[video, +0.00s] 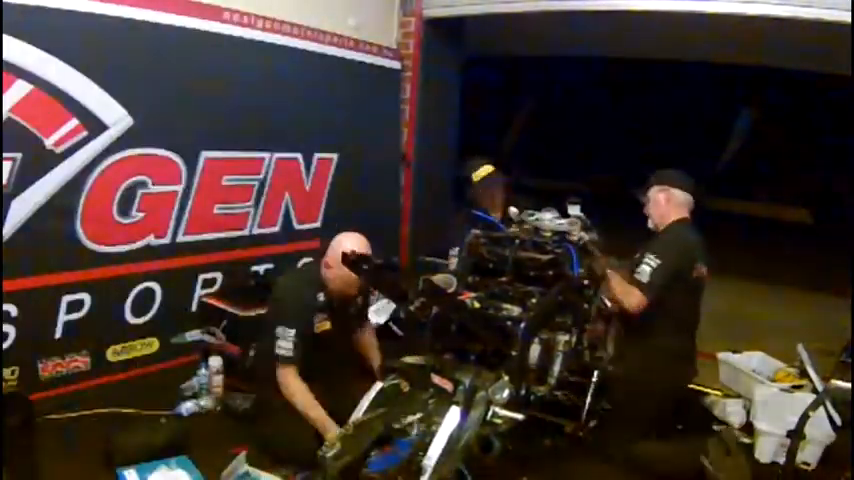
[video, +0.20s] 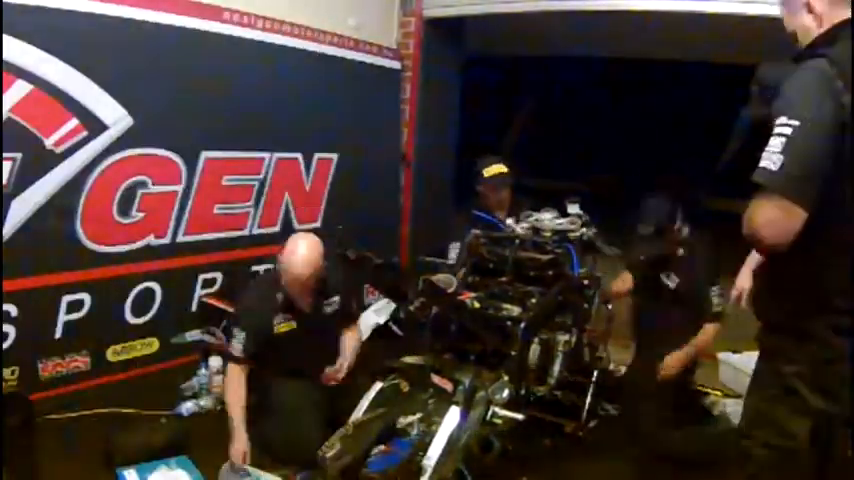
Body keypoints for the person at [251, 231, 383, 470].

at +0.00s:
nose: (363, 283)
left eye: (365, 275)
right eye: (357, 274)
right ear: (329, 265)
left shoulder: (350, 287)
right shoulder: (295, 293)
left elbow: (363, 330)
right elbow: (286, 377)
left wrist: (380, 374)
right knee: (303, 448)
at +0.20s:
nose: (302, 287)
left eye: (308, 280)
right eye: (294, 280)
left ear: (321, 269)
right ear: (281, 271)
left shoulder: (335, 283)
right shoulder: (259, 299)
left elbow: (349, 326)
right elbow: (236, 368)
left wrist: (344, 360)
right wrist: (239, 435)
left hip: (325, 378)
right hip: (277, 381)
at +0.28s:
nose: (322, 249)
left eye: (324, 241)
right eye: (314, 241)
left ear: (326, 238)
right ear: (289, 241)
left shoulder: (329, 272)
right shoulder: (259, 281)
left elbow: (346, 319)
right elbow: (255, 353)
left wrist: (350, 328)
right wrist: (314, 338)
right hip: (286, 389)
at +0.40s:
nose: (323, 265)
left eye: (327, 256)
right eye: (316, 257)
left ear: (330, 247)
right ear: (293, 247)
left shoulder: (331, 276)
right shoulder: (262, 282)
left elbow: (344, 327)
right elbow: (251, 352)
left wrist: (378, 364)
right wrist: (312, 364)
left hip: (334, 378)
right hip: (286, 384)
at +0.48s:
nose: (395, 294)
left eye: (398, 287)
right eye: (392, 286)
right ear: (374, 274)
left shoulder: (376, 297)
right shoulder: (328, 290)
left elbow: (401, 335)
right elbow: (322, 368)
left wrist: (433, 359)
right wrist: (387, 373)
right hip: (286, 371)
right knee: (309, 444)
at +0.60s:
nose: (374, 276)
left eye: (380, 268)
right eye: (367, 266)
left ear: (386, 266)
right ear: (345, 258)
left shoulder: (361, 292)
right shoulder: (309, 291)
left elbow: (357, 338)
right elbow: (294, 365)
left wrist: (388, 354)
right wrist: (361, 369)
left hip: (328, 376)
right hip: (289, 383)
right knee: (307, 448)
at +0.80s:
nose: (367, 307)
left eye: (370, 300)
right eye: (362, 300)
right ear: (338, 290)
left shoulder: (356, 298)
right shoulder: (297, 301)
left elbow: (385, 328)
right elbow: (299, 373)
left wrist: (418, 372)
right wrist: (374, 372)